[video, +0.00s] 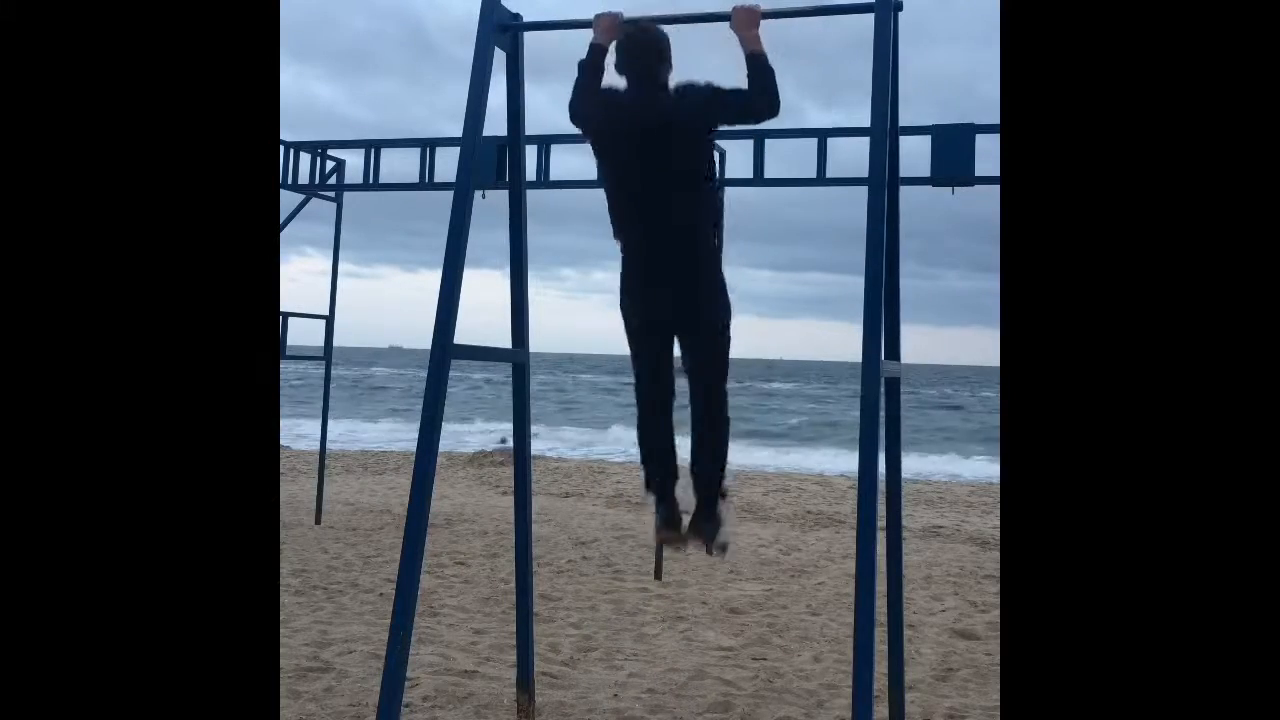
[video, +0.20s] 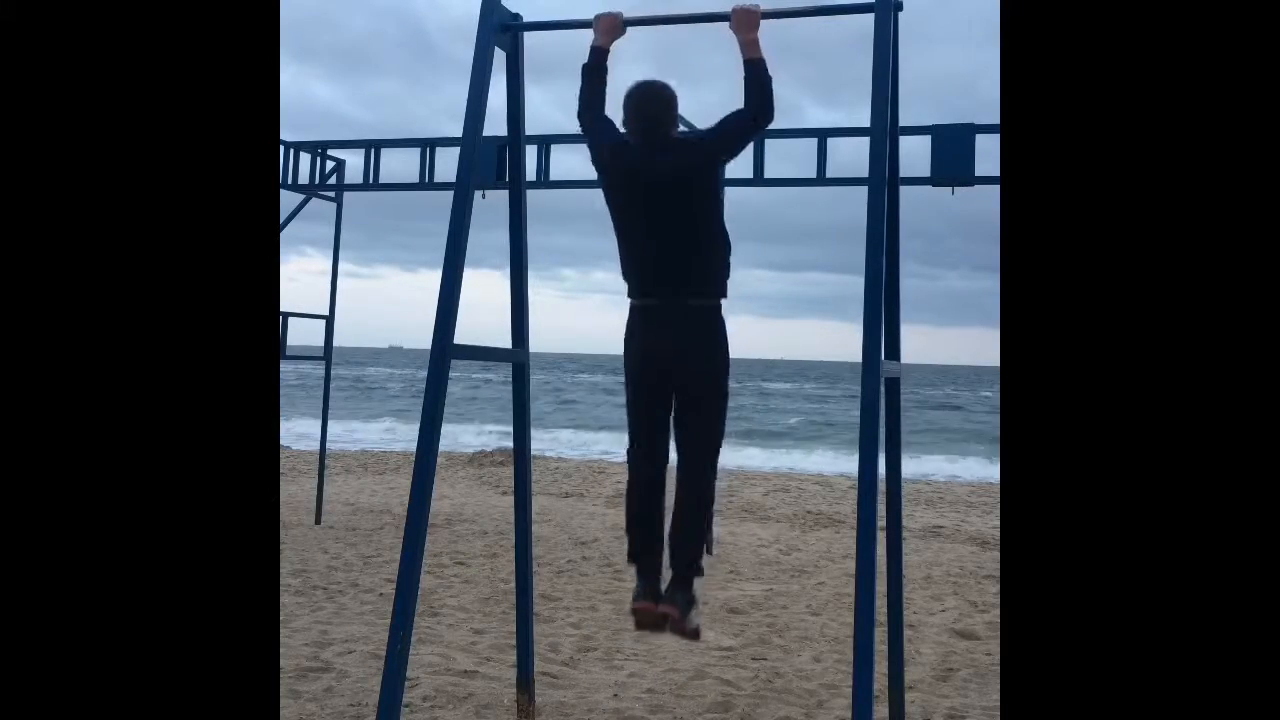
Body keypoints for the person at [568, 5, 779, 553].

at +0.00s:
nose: (659, 65)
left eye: (638, 58)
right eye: (662, 57)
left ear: (620, 66)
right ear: (667, 62)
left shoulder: (603, 112)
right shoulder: (697, 103)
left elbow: (579, 102)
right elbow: (764, 102)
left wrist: (598, 43)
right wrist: (752, 40)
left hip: (640, 274)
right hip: (699, 272)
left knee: (652, 390)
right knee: (709, 391)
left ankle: (664, 507)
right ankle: (706, 511)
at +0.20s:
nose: (677, 117)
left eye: (665, 111)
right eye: (677, 110)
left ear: (627, 121)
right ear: (677, 116)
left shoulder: (614, 157)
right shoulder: (704, 151)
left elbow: (590, 110)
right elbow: (759, 109)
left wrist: (600, 45)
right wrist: (750, 42)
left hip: (645, 325)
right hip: (700, 325)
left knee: (645, 458)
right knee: (698, 462)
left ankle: (647, 592)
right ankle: (680, 597)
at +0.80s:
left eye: (620, 34)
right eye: (652, 30)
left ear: (611, 43)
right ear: (658, 39)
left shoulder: (597, 94)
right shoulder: (689, 81)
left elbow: (576, 103)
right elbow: (759, 104)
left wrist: (595, 45)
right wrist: (750, 41)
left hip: (635, 259)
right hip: (694, 257)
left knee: (640, 379)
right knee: (701, 383)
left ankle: (648, 501)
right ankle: (684, 505)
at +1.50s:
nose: (682, 122)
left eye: (672, 116)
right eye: (680, 115)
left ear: (630, 127)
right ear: (680, 122)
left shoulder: (618, 164)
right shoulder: (707, 159)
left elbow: (590, 111)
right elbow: (761, 111)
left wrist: (600, 44)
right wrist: (750, 41)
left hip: (645, 330)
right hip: (701, 330)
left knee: (638, 462)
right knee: (694, 471)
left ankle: (630, 590)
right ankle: (665, 597)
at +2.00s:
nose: (646, 71)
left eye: (622, 61)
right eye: (653, 60)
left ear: (614, 69)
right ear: (660, 66)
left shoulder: (600, 118)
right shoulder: (692, 108)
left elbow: (587, 94)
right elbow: (756, 106)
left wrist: (597, 43)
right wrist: (749, 40)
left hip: (638, 284)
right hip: (697, 282)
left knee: (643, 401)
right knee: (701, 406)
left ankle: (648, 521)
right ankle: (682, 527)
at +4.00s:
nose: (683, 122)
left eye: (674, 117)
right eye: (680, 116)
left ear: (631, 130)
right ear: (678, 124)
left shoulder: (620, 167)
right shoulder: (707, 161)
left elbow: (592, 114)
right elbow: (760, 111)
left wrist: (600, 46)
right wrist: (751, 43)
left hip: (646, 330)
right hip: (701, 332)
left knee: (639, 460)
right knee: (695, 469)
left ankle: (631, 592)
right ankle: (666, 600)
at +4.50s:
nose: (640, 75)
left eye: (622, 67)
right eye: (651, 66)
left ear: (613, 75)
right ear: (659, 73)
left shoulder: (600, 125)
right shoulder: (692, 114)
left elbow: (589, 91)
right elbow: (754, 106)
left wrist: (599, 43)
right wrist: (749, 43)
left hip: (634, 288)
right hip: (692, 287)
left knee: (639, 410)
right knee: (696, 413)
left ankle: (642, 531)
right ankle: (678, 538)